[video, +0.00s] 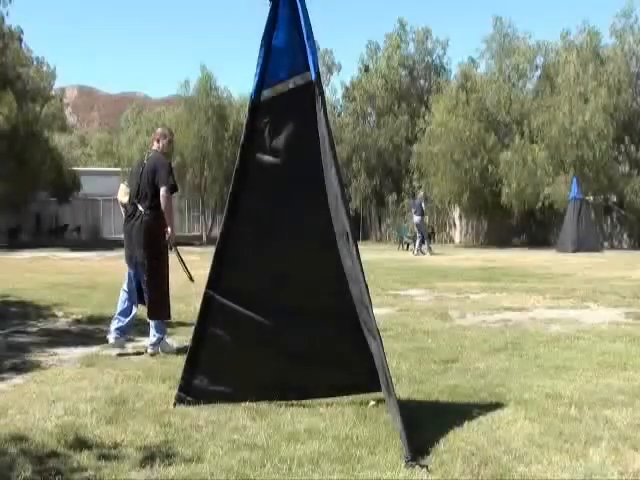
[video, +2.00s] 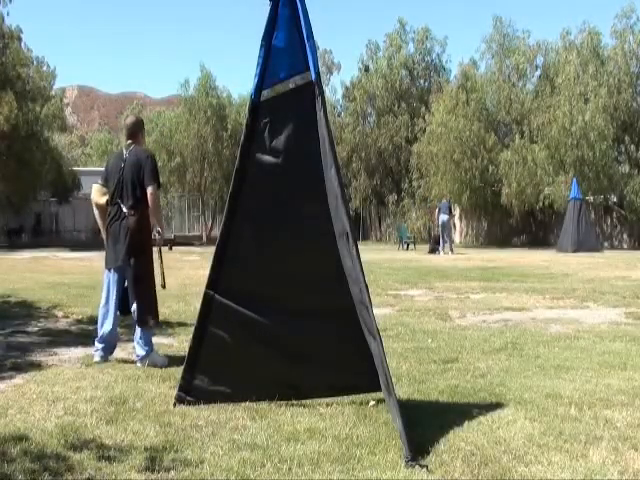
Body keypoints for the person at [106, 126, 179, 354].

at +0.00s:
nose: (171, 146)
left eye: (170, 142)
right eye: (169, 142)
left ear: (153, 142)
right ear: (159, 142)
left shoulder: (139, 164)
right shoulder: (162, 163)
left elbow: (124, 196)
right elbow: (164, 196)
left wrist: (132, 217)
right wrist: (170, 226)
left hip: (133, 227)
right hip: (150, 229)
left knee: (133, 280)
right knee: (156, 282)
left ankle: (117, 332)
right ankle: (156, 339)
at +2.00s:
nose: (145, 136)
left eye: (141, 133)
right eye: (144, 133)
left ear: (125, 135)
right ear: (142, 134)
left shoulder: (113, 160)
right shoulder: (146, 157)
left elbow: (98, 198)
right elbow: (151, 194)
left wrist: (105, 231)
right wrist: (158, 226)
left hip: (115, 231)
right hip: (138, 233)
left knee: (110, 293)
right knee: (141, 292)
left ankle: (102, 348)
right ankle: (144, 351)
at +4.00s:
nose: (146, 136)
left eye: (144, 132)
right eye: (145, 132)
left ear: (126, 134)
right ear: (140, 133)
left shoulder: (114, 158)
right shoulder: (143, 156)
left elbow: (99, 194)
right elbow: (147, 194)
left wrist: (106, 223)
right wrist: (154, 227)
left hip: (111, 228)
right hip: (133, 228)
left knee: (109, 292)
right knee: (137, 291)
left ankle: (101, 348)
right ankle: (144, 351)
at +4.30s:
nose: (140, 140)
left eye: (138, 136)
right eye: (139, 136)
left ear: (120, 138)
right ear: (135, 137)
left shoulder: (110, 160)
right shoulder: (134, 156)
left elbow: (101, 194)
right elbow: (148, 181)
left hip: (106, 223)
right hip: (124, 225)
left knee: (107, 288)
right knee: (132, 288)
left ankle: (96, 346)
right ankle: (144, 351)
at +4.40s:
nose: (140, 138)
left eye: (138, 135)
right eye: (139, 134)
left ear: (119, 138)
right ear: (134, 136)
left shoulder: (112, 160)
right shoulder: (128, 152)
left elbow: (110, 200)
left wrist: (140, 214)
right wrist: (167, 149)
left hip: (100, 236)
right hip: (119, 237)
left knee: (104, 292)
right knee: (138, 289)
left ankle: (95, 347)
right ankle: (143, 350)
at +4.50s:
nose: (144, 140)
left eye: (143, 137)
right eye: (142, 136)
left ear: (123, 138)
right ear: (135, 138)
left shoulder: (110, 163)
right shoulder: (129, 156)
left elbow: (94, 186)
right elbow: (143, 136)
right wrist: (163, 119)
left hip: (98, 238)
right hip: (118, 238)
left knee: (100, 296)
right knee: (133, 292)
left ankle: (95, 347)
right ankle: (130, 349)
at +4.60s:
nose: (144, 151)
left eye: (141, 148)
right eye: (143, 148)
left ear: (123, 148)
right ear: (139, 149)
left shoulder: (112, 164)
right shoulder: (141, 168)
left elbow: (90, 184)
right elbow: (167, 181)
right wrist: (177, 156)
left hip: (92, 224)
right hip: (111, 229)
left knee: (94, 285)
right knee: (122, 284)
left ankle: (94, 346)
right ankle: (126, 350)